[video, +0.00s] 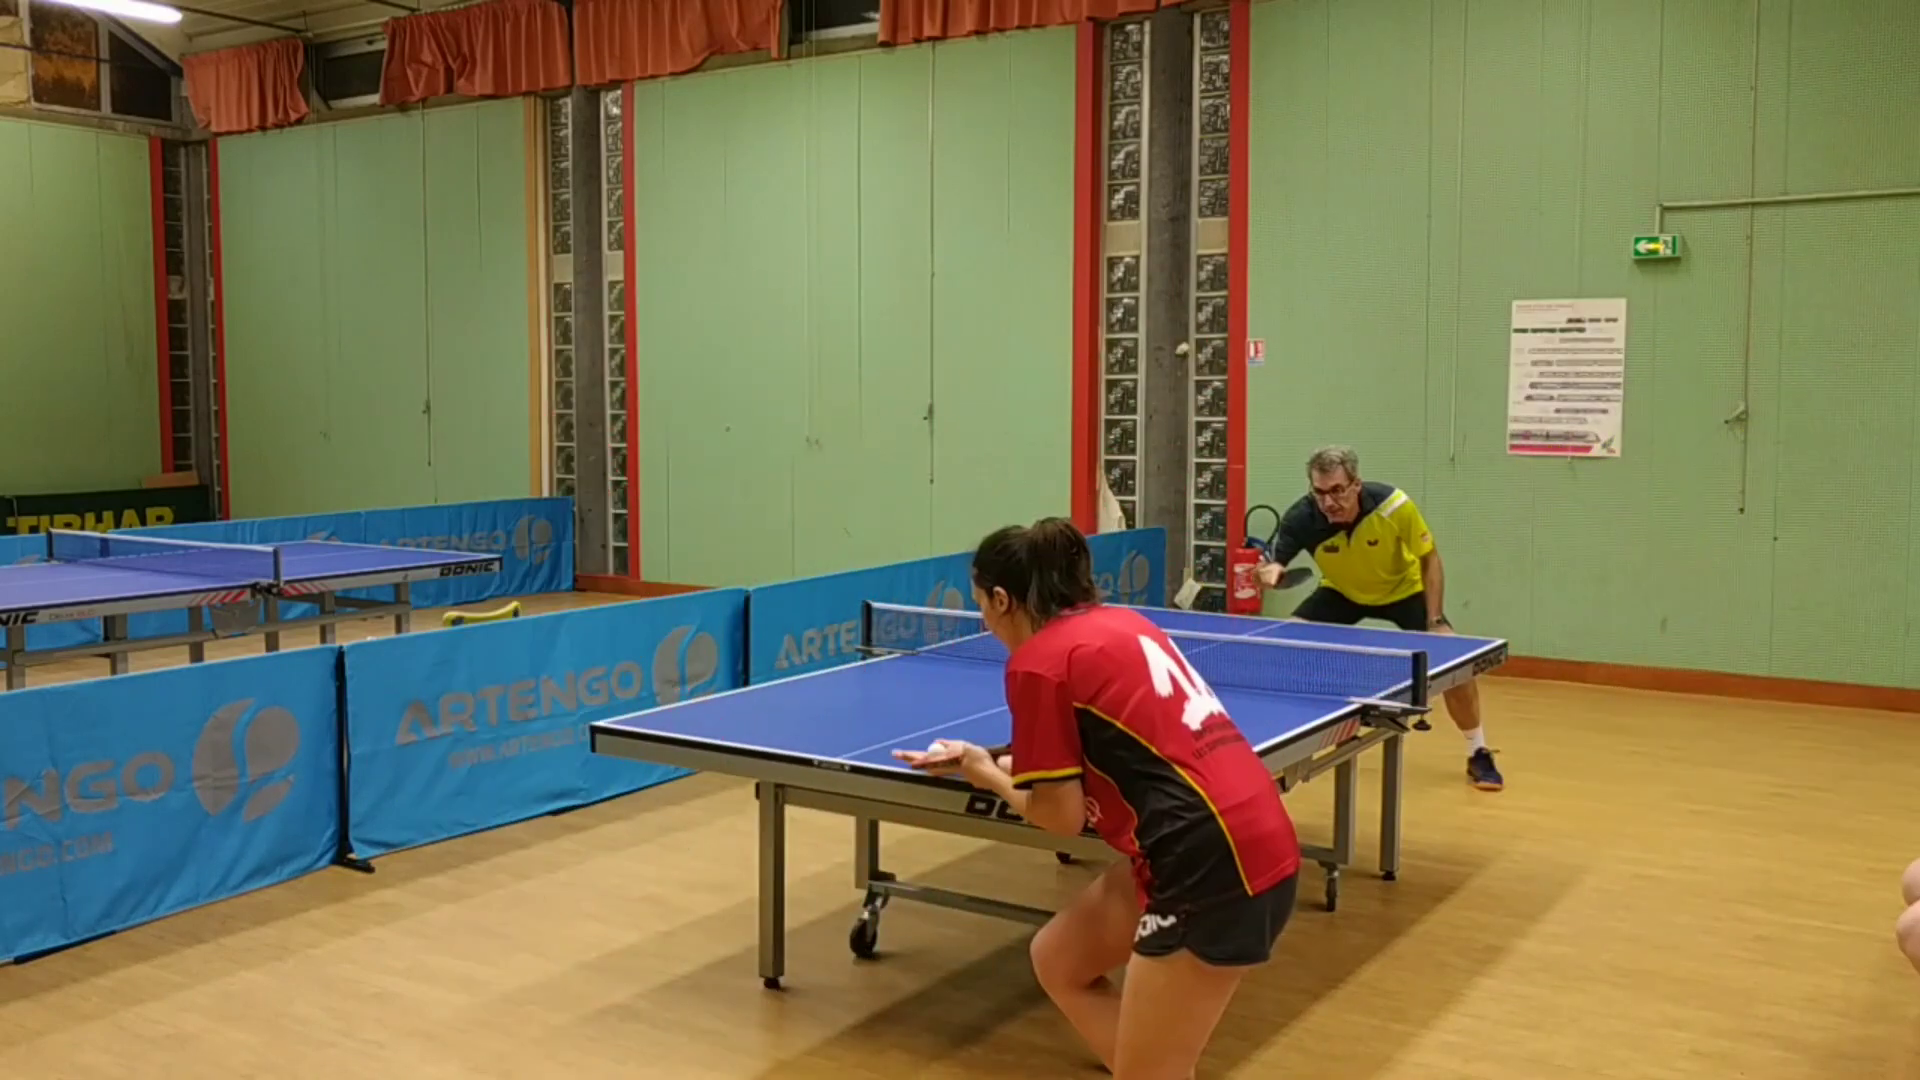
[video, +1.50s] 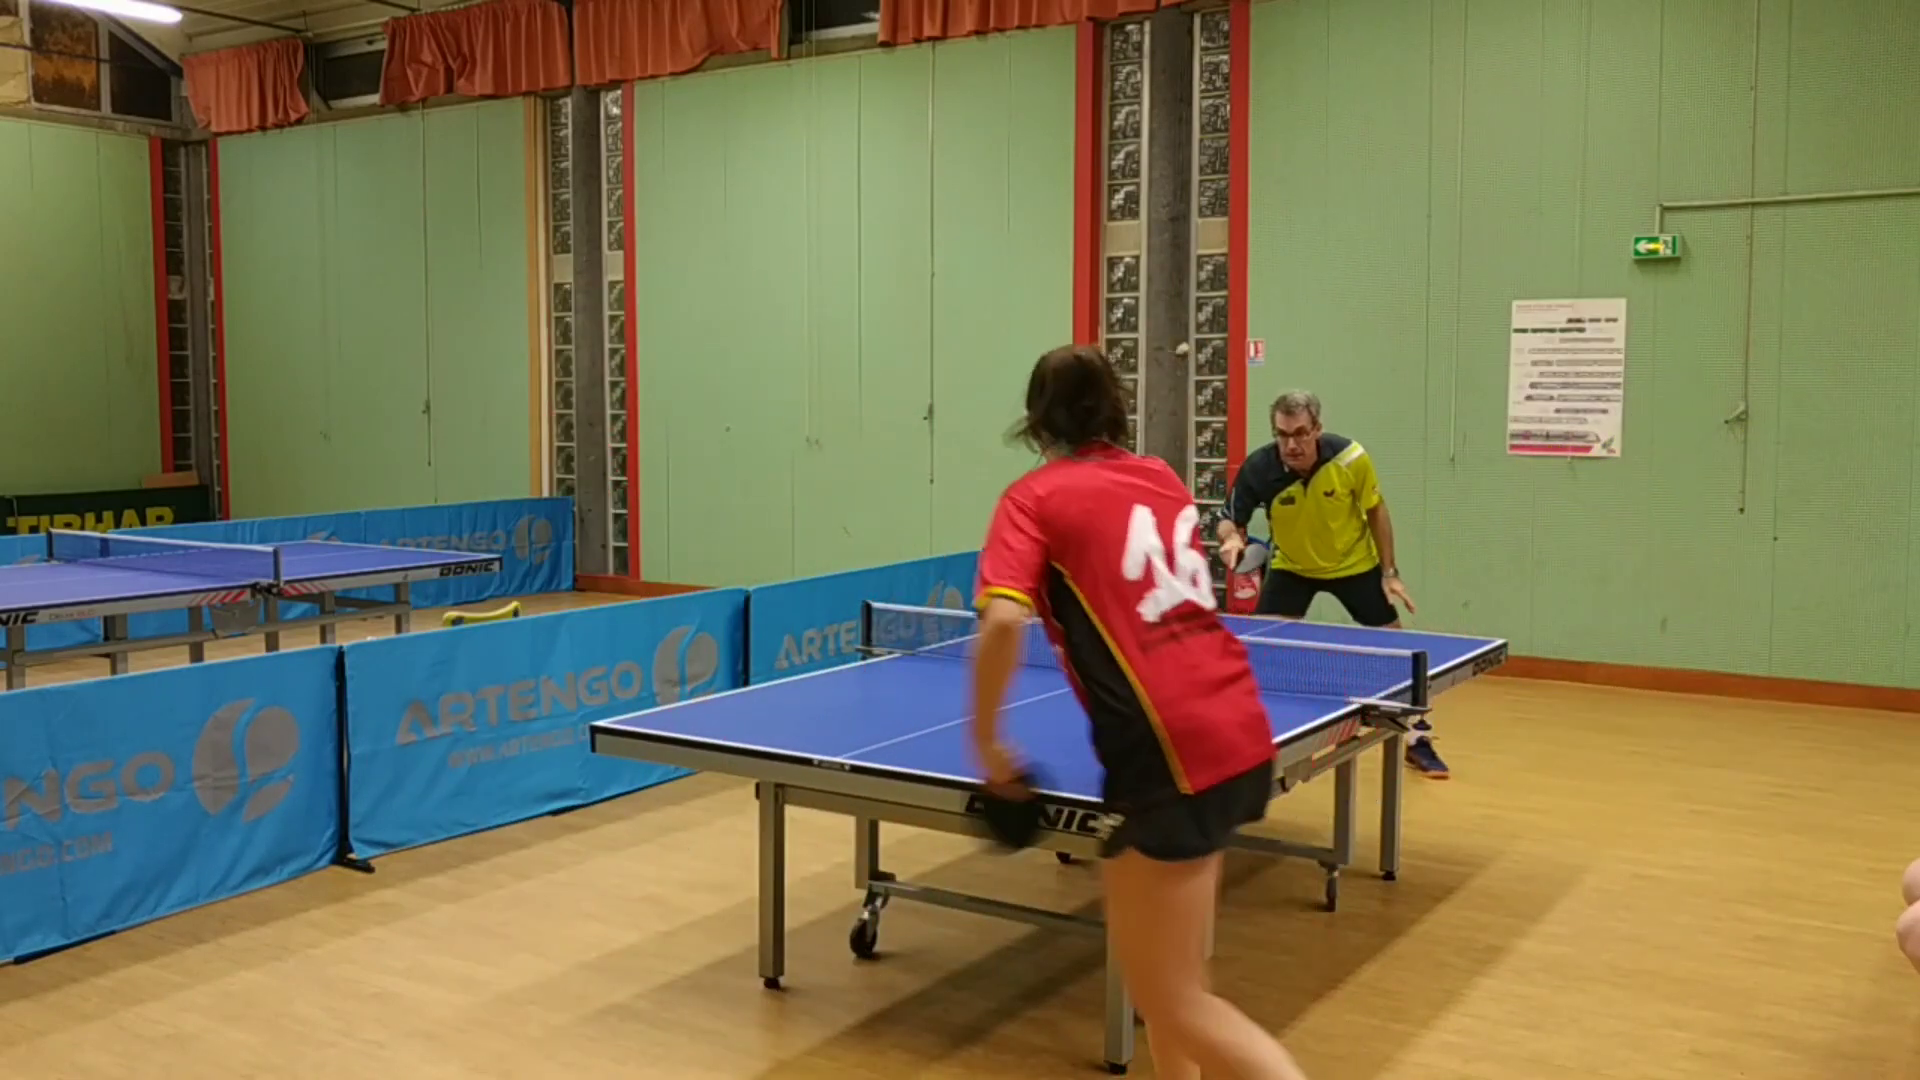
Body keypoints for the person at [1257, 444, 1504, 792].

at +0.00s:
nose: (1330, 501)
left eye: (1337, 490)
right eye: (1321, 492)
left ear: (1356, 483)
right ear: (1312, 489)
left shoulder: (1391, 503)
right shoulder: (1302, 517)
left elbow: (1430, 557)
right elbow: (1270, 564)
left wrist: (1435, 620)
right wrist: (1270, 573)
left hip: (1404, 593)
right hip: (1342, 593)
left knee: (1453, 658)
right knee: (1283, 645)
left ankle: (1479, 753)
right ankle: (1285, 749)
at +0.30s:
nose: (1348, 496)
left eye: (1357, 486)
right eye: (1340, 487)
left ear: (1376, 479)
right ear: (1331, 483)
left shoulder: (1411, 500)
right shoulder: (1321, 514)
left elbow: (1448, 554)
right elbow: (1285, 565)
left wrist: (1451, 618)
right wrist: (1292, 578)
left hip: (1421, 592)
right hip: (1359, 592)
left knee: (1466, 658)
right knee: (1300, 643)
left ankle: (1480, 753)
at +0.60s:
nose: (1355, 485)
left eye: (1364, 475)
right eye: (1347, 476)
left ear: (1384, 468)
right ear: (1339, 473)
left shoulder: (1417, 494)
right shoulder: (1328, 504)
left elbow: (1451, 555)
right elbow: (1290, 557)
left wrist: (1453, 620)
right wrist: (1297, 571)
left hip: (1426, 590)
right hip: (1363, 589)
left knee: (1467, 662)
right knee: (1306, 644)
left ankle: (1480, 753)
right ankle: (1342, 719)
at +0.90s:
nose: (1346, 472)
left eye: (1355, 462)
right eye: (1338, 463)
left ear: (1374, 458)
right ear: (1328, 462)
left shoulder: (1409, 490)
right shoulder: (1316, 497)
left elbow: (1439, 553)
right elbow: (1283, 553)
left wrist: (1447, 619)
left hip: (1414, 585)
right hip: (1350, 584)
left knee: (1459, 658)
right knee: (1294, 647)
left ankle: (1479, 753)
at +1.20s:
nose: (1318, 465)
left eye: (1326, 455)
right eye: (1310, 455)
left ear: (1343, 452)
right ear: (1300, 454)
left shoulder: (1375, 481)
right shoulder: (1282, 493)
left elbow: (1406, 538)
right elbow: (1268, 551)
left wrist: (1422, 601)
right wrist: (1281, 607)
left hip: (1382, 584)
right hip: (1318, 587)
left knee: (1431, 661)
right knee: (1282, 666)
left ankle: (1475, 752)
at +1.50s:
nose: (1292, 445)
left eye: (1300, 434)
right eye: (1284, 435)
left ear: (1317, 430)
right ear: (1274, 433)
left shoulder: (1349, 458)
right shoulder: (1258, 469)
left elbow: (1376, 510)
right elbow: (1229, 521)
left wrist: (1389, 571)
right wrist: (1231, 539)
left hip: (1354, 566)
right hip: (1292, 568)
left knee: (1394, 643)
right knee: (1262, 647)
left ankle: (1417, 737)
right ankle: (1257, 747)